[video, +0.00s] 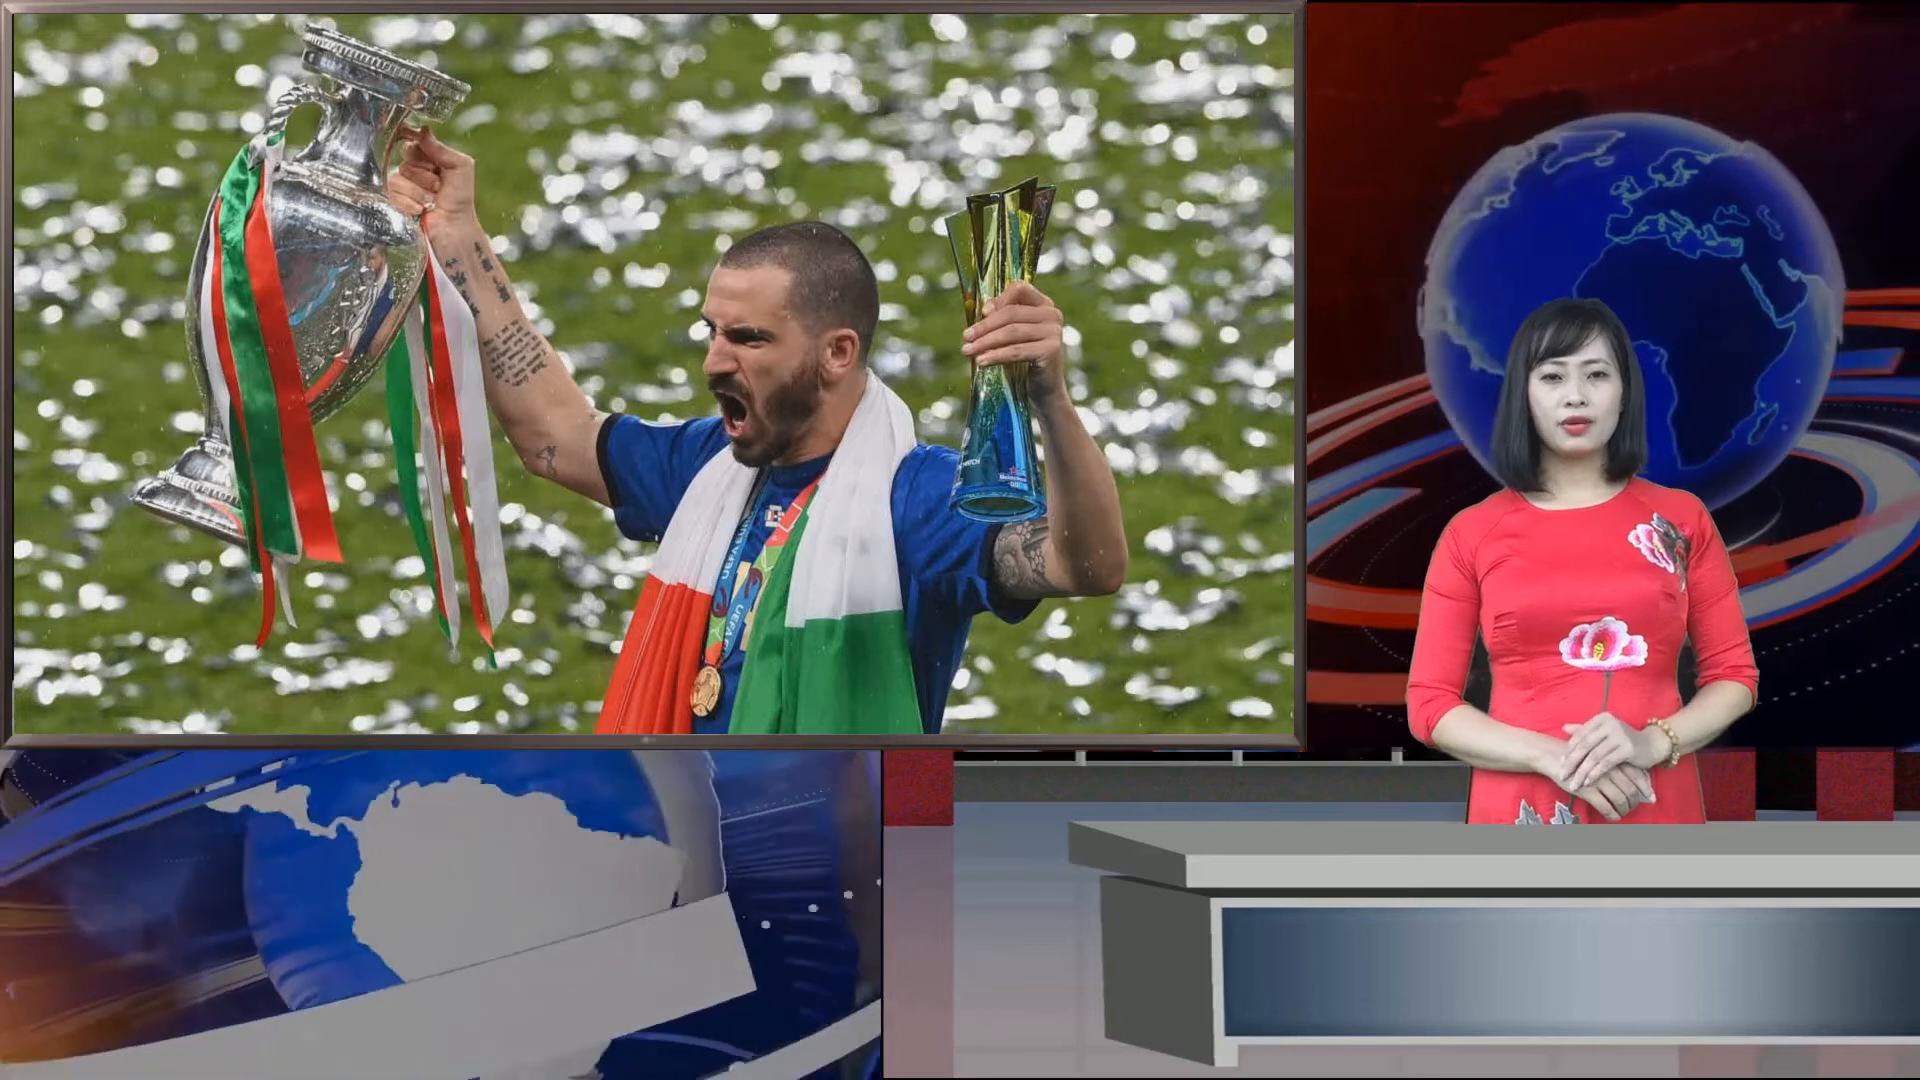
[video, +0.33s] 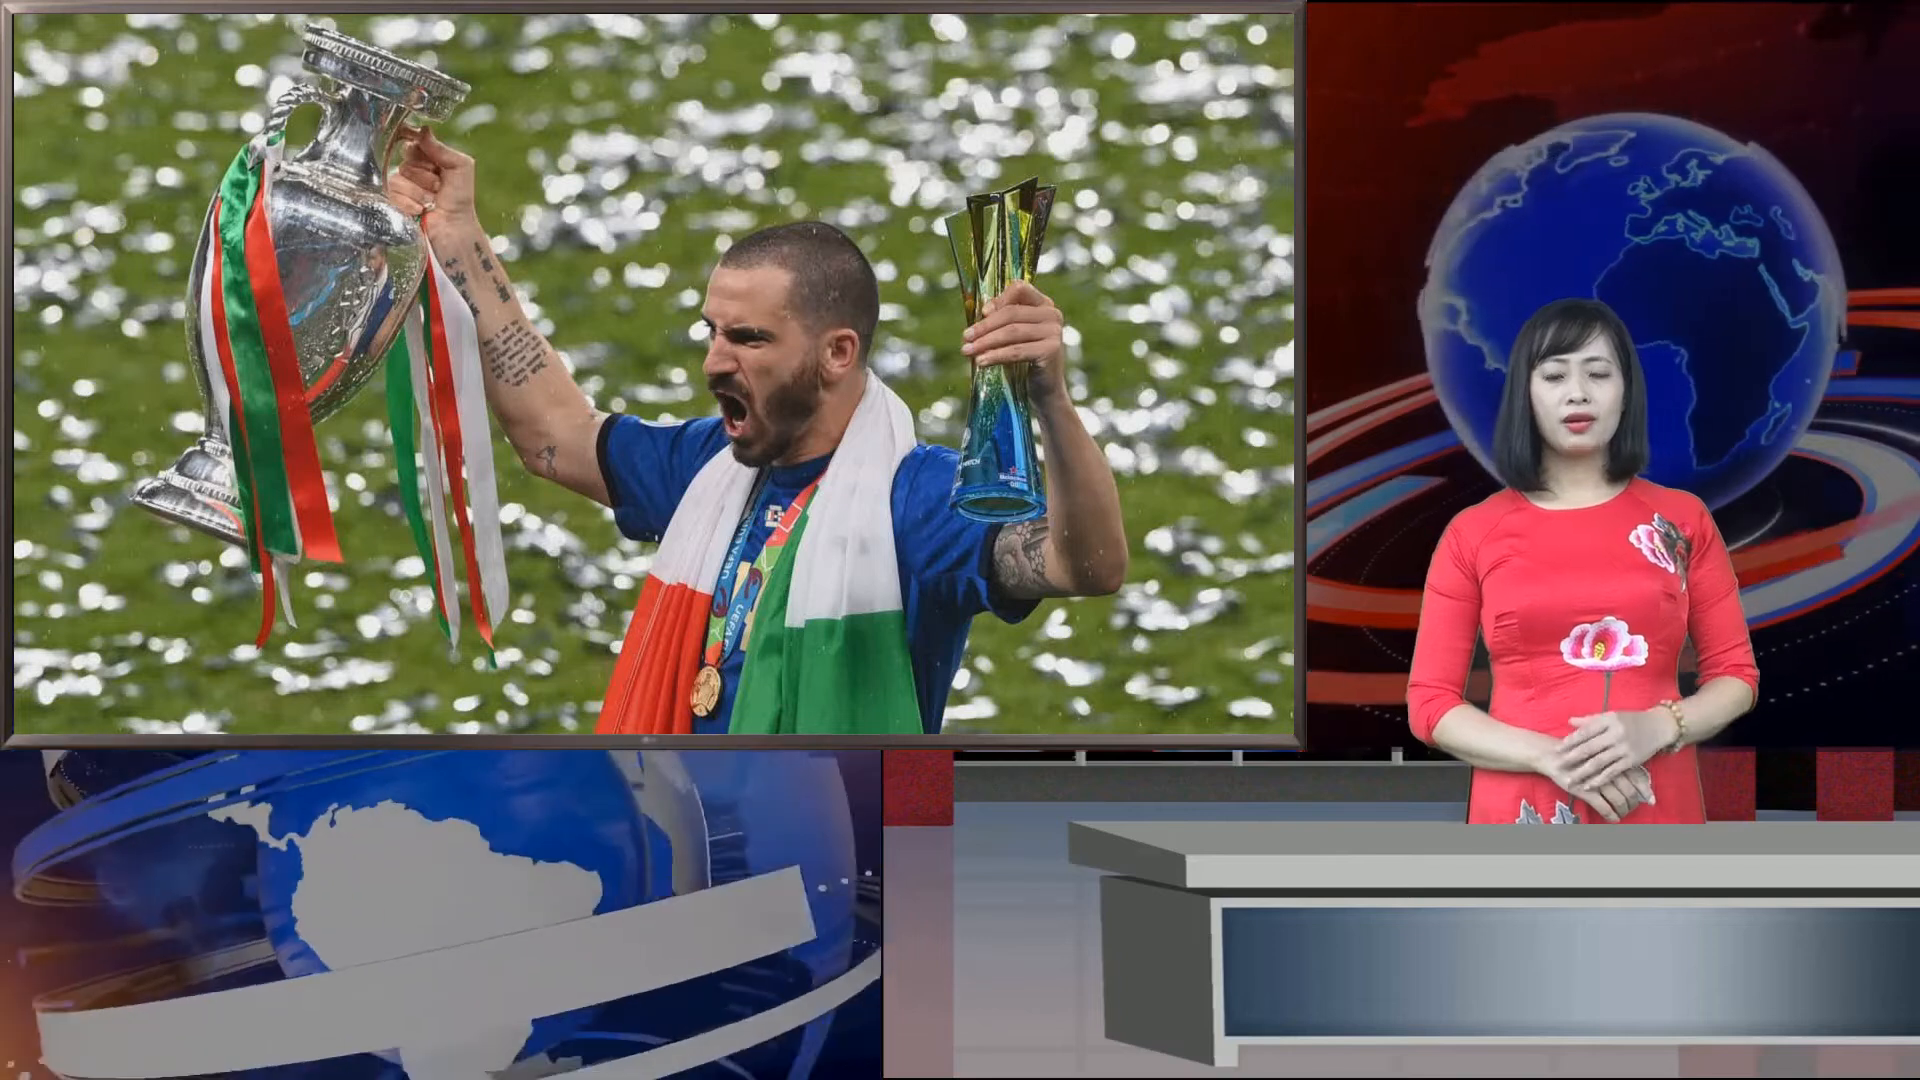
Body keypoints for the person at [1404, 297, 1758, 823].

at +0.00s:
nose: (1575, 395)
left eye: (1597, 375)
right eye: (1553, 377)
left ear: (1624, 392)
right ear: (1524, 394)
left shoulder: (1680, 520)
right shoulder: (1473, 536)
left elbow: (1734, 679)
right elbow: (1430, 704)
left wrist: (1652, 741)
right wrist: (1551, 753)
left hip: (1659, 825)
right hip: (1518, 827)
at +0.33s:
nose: (1577, 392)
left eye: (1598, 373)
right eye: (1555, 375)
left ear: (1625, 391)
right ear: (1526, 393)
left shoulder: (1682, 520)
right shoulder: (1474, 535)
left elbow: (1736, 678)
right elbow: (1430, 703)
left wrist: (1655, 727)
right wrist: (1549, 753)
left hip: (1661, 826)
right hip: (1519, 827)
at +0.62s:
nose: (1577, 395)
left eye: (1598, 375)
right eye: (1555, 376)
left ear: (1626, 392)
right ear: (1526, 392)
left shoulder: (1681, 521)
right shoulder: (1474, 535)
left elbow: (1734, 675)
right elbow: (1430, 703)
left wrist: (1668, 718)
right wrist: (1550, 753)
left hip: (1658, 823)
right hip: (1519, 823)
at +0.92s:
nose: (1575, 392)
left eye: (1596, 373)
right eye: (1553, 374)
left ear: (1624, 392)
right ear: (1525, 392)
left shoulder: (1679, 520)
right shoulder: (1473, 534)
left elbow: (1735, 677)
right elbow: (1429, 703)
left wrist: (1657, 707)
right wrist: (1552, 754)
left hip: (1658, 824)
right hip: (1518, 824)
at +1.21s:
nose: (1576, 394)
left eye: (1597, 374)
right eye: (1553, 376)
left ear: (1624, 392)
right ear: (1525, 393)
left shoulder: (1680, 521)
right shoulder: (1474, 535)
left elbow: (1735, 678)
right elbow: (1430, 704)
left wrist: (1656, 736)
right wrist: (1554, 752)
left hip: (1658, 822)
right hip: (1519, 824)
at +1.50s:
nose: (1578, 394)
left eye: (1599, 375)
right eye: (1556, 375)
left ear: (1626, 393)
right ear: (1527, 393)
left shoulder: (1680, 521)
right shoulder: (1474, 535)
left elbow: (1734, 679)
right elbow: (1430, 704)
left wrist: (1653, 740)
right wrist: (1557, 752)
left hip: (1659, 823)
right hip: (1519, 825)